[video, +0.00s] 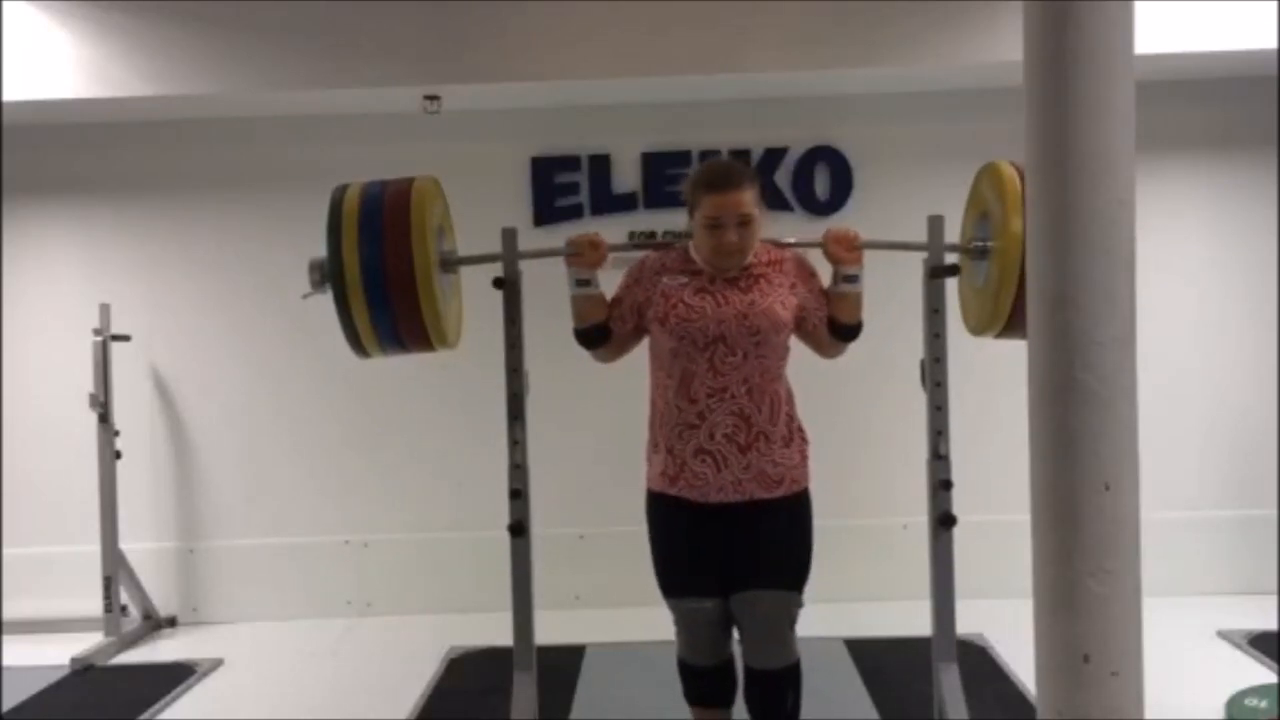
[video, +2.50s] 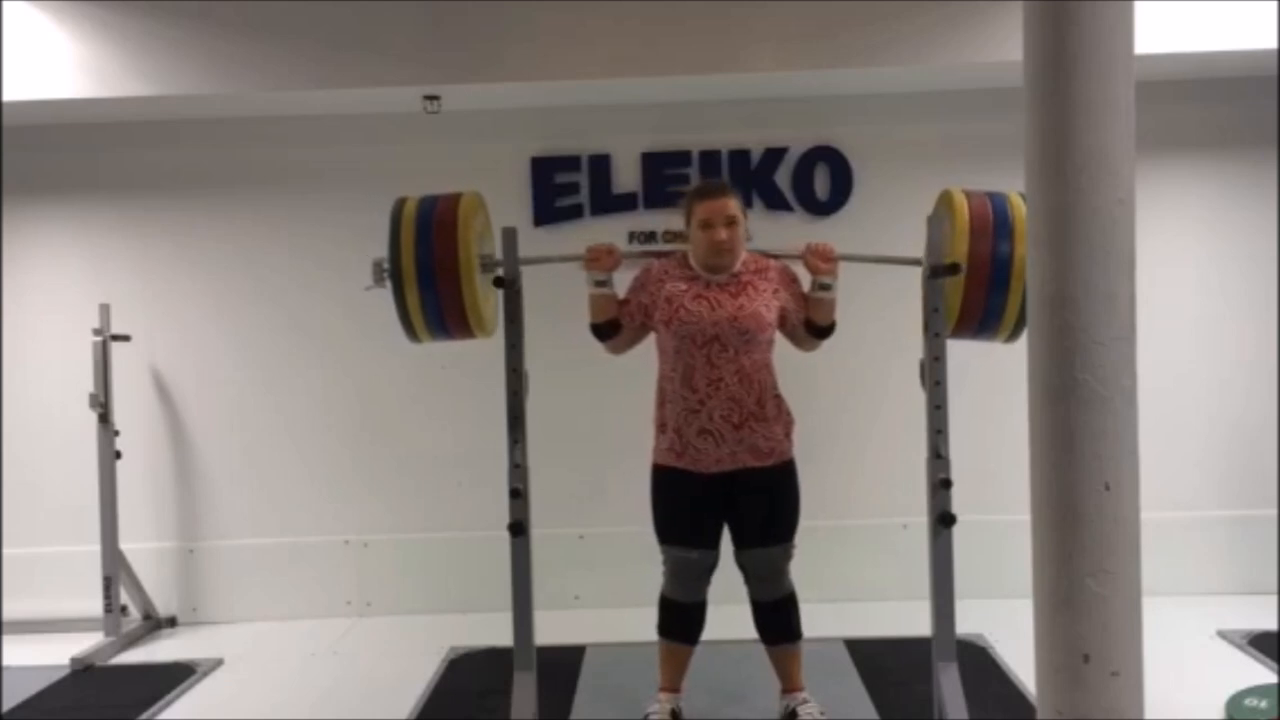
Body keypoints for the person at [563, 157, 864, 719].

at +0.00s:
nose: (729, 239)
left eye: (742, 224)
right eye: (714, 225)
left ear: (760, 219)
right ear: (692, 222)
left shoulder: (786, 269)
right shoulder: (656, 272)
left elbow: (833, 341)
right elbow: (604, 345)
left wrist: (848, 274)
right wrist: (584, 278)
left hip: (771, 490)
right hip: (683, 492)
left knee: (770, 642)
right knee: (700, 647)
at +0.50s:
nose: (729, 238)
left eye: (741, 223)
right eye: (714, 224)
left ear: (759, 220)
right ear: (692, 223)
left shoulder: (783, 270)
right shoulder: (658, 272)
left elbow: (826, 342)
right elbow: (607, 345)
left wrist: (842, 276)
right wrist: (589, 277)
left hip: (774, 478)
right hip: (689, 482)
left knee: (782, 619)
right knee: (704, 628)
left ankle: (779, 711)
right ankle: (713, 717)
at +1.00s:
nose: (748, 249)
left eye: (760, 235)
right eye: (734, 237)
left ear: (775, 229)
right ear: (712, 232)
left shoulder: (796, 274)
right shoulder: (680, 276)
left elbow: (837, 336)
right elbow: (629, 338)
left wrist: (852, 280)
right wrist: (615, 281)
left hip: (775, 465)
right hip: (697, 464)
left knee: (772, 597)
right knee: (706, 595)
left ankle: (771, 711)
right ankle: (709, 716)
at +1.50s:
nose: (719, 246)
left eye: (729, 233)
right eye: (706, 235)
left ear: (743, 230)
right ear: (684, 234)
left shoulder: (766, 274)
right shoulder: (653, 278)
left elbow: (805, 337)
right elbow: (606, 340)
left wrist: (820, 281)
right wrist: (592, 280)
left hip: (755, 463)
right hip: (676, 463)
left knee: (760, 590)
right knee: (677, 587)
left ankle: (770, 709)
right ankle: (668, 701)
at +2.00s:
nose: (702, 243)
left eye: (712, 231)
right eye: (689, 233)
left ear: (726, 230)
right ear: (668, 233)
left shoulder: (750, 275)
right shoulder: (640, 276)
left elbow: (791, 336)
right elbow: (594, 337)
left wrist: (803, 282)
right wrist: (580, 278)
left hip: (744, 454)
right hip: (665, 457)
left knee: (766, 577)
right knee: (670, 581)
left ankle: (796, 695)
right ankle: (665, 701)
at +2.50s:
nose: (721, 234)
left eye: (730, 223)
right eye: (708, 225)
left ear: (745, 227)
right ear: (687, 232)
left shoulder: (770, 275)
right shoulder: (660, 279)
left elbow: (810, 338)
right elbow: (614, 339)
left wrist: (823, 283)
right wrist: (600, 281)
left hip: (762, 457)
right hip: (685, 460)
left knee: (770, 580)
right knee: (684, 581)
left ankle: (795, 696)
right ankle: (667, 699)